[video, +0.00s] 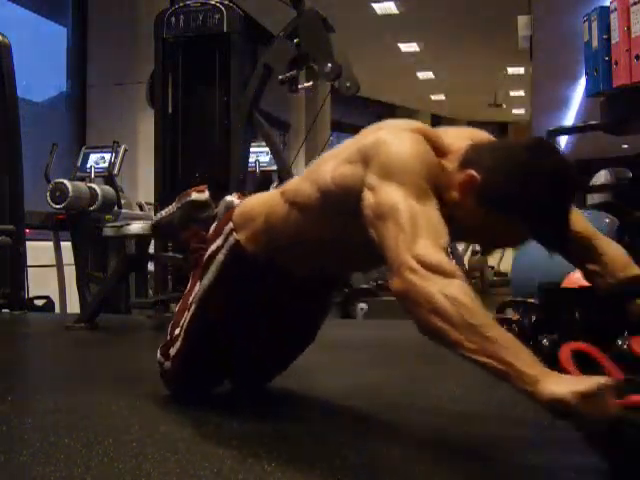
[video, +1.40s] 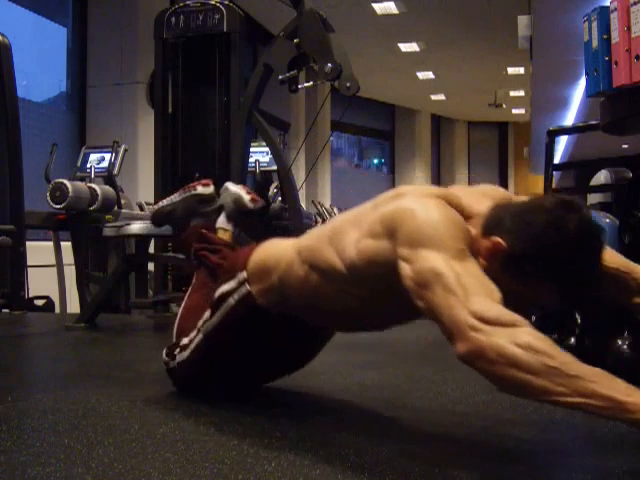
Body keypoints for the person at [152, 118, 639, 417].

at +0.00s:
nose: (483, 247)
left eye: (498, 243)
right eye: (488, 236)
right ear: (467, 191)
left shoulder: (496, 164)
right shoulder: (398, 152)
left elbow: (591, 247)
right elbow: (422, 282)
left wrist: (637, 293)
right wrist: (540, 380)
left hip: (315, 279)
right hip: (252, 255)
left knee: (247, 381)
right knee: (181, 377)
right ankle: (209, 240)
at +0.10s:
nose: (466, 228)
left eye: (479, 224)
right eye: (469, 217)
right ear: (447, 168)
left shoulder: (480, 148)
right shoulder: (376, 136)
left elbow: (558, 231)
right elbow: (390, 266)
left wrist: (614, 302)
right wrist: (493, 369)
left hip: (304, 271)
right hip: (238, 252)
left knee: (243, 381)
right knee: (182, 381)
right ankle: (190, 254)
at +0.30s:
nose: (430, 204)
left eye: (445, 198)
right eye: (429, 190)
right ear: (409, 145)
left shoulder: (453, 143)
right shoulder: (345, 117)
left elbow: (515, 223)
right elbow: (338, 244)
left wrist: (575, 313)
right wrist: (418, 356)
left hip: (293, 253)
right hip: (227, 233)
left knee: (238, 378)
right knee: (183, 378)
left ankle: (170, 299)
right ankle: (151, 289)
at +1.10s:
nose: (448, 243)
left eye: (461, 237)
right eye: (447, 232)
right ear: (417, 188)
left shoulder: (443, 164)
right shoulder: (348, 166)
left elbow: (527, 240)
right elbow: (382, 285)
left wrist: (601, 306)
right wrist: (498, 369)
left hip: (283, 273)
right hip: (222, 255)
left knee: (224, 378)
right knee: (178, 377)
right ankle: (180, 241)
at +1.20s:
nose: (472, 269)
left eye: (486, 263)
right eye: (473, 256)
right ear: (445, 211)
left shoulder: (466, 180)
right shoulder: (376, 188)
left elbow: (555, 250)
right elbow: (416, 305)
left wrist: (624, 303)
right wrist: (551, 385)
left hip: (295, 289)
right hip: (238, 274)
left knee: (230, 374)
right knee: (180, 371)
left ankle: (216, 242)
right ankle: (188, 256)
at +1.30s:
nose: (496, 295)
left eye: (512, 288)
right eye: (498, 281)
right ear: (469, 232)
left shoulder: (488, 195)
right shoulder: (402, 208)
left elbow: (598, 267)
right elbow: (451, 325)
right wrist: (599, 400)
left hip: (306, 299)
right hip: (251, 288)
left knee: (232, 375)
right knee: (179, 373)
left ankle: (222, 258)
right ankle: (194, 269)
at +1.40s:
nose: (511, 302)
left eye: (527, 299)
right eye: (518, 293)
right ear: (497, 251)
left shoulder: (513, 209)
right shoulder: (423, 222)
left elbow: (620, 275)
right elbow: (486, 338)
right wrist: (632, 403)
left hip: (311, 314)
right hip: (259, 301)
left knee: (234, 374)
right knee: (186, 371)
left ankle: (241, 262)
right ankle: (209, 263)